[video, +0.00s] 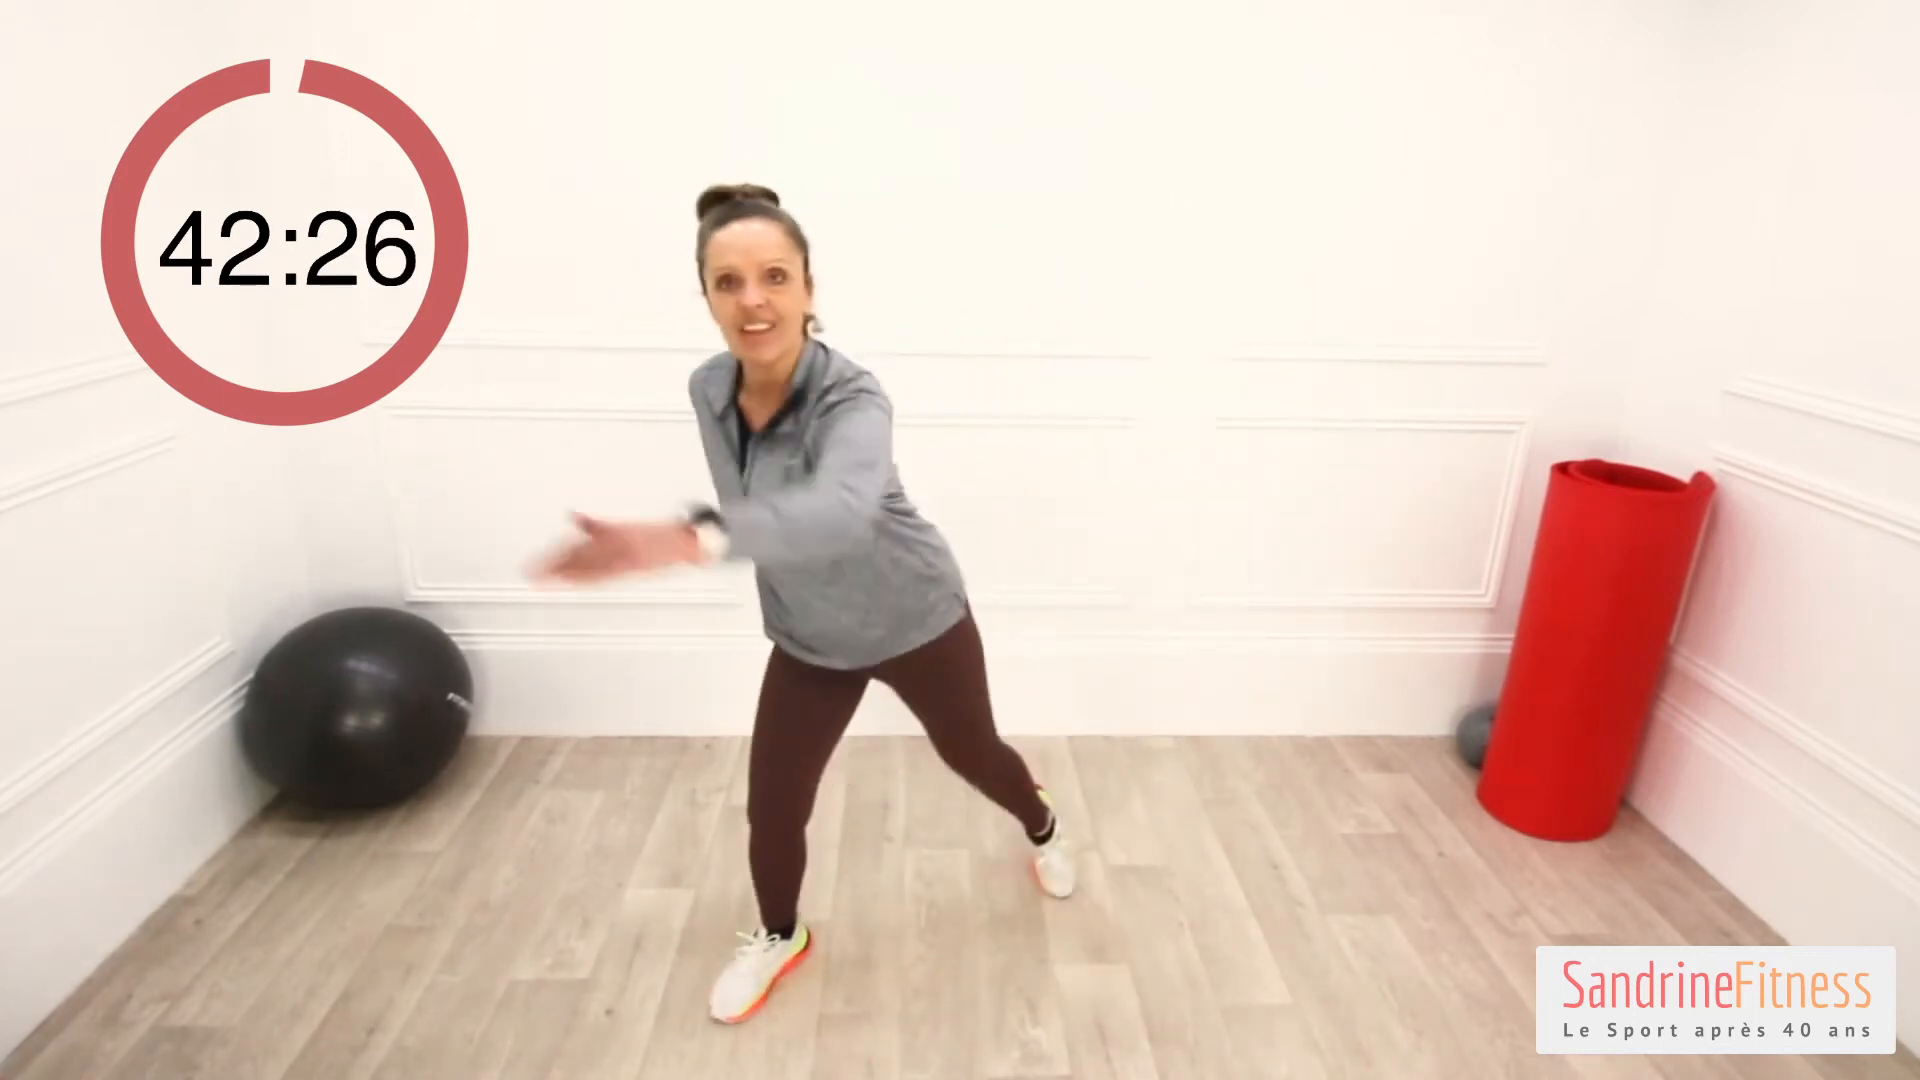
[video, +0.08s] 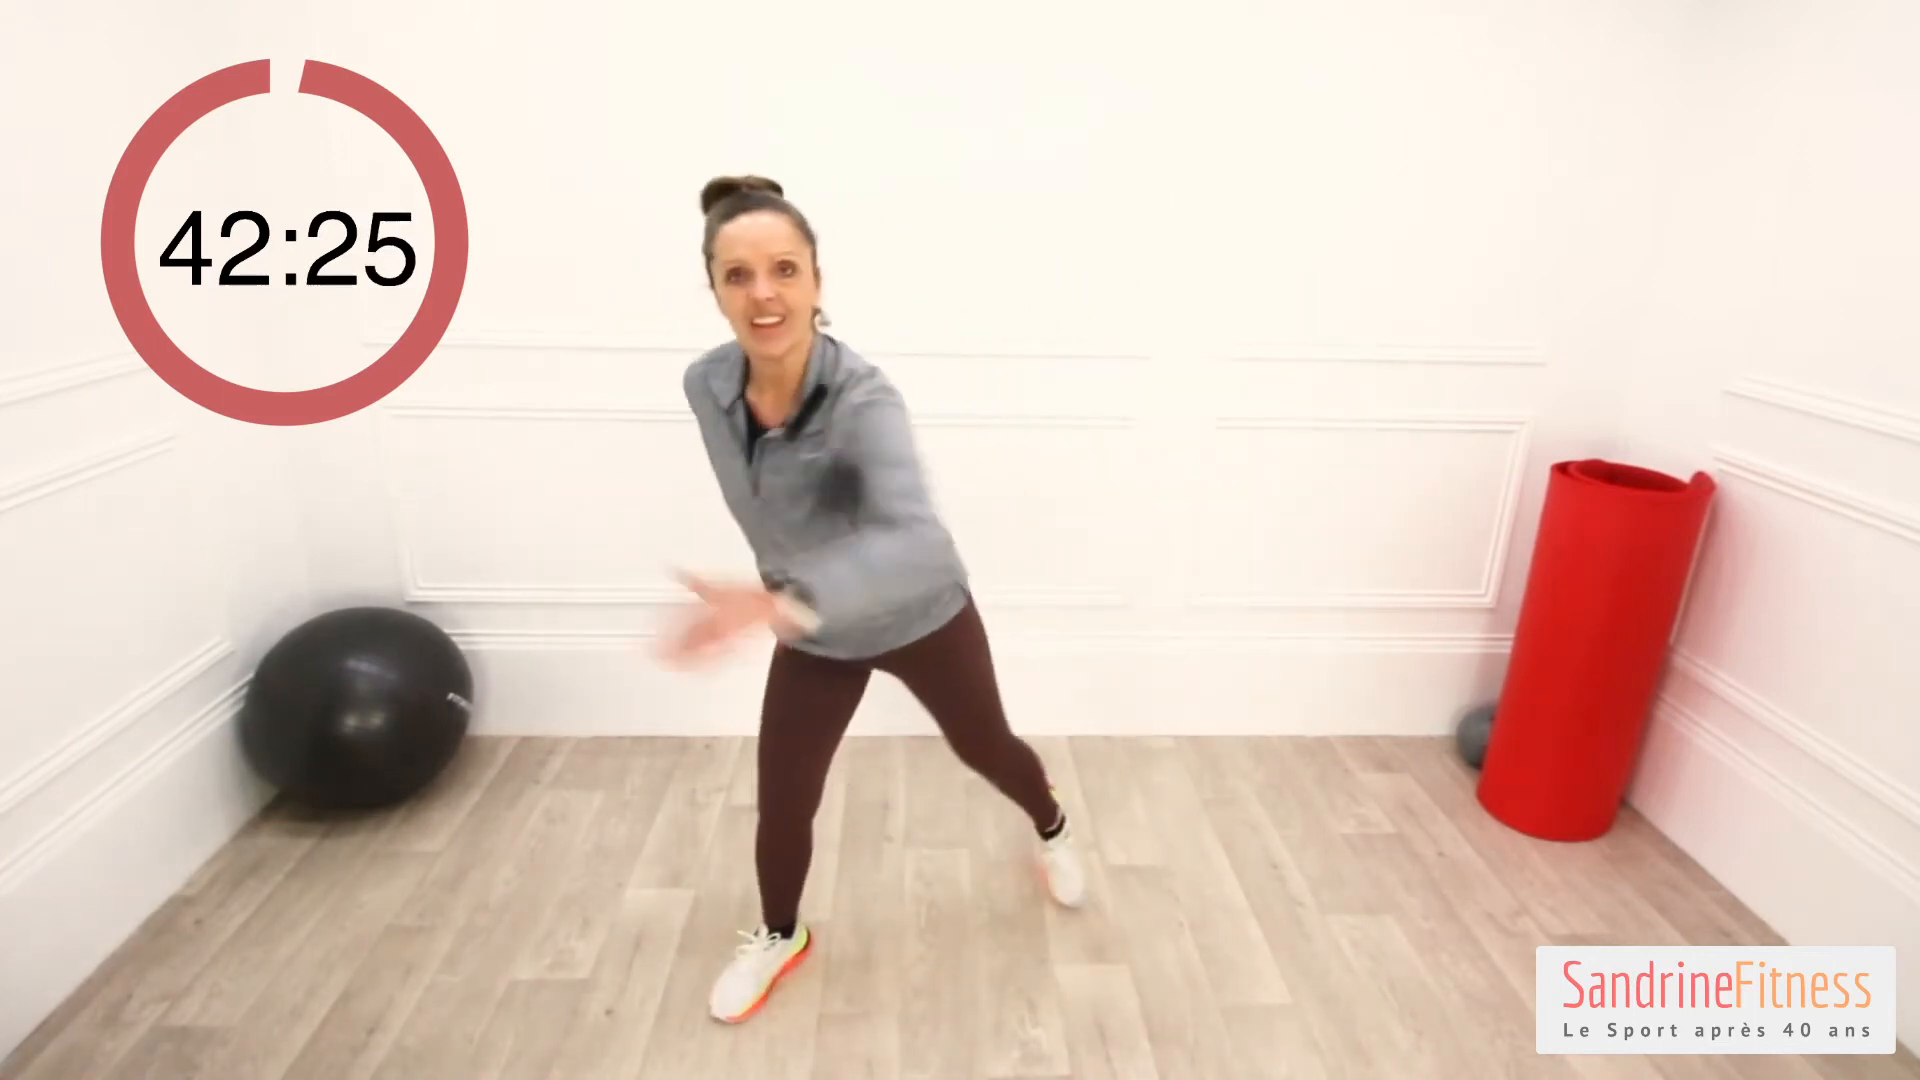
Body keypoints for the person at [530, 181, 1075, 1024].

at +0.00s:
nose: (754, 302)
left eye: (774, 278)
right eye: (729, 283)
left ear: (809, 291)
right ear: (709, 302)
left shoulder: (853, 401)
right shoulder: (710, 391)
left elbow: (843, 509)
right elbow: (753, 510)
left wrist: (696, 536)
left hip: (916, 618)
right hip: (812, 631)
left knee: (972, 753)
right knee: (774, 806)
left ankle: (1045, 829)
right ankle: (780, 934)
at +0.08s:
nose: (763, 296)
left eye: (784, 271)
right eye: (738, 277)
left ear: (818, 282)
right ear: (715, 295)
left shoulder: (863, 400)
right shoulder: (709, 387)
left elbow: (920, 543)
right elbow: (765, 511)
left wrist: (794, 601)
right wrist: (778, 597)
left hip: (923, 616)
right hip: (814, 632)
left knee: (986, 747)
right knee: (784, 797)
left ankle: (1055, 829)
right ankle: (780, 933)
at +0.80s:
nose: (1140, 295)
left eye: (1159, 272)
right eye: (1116, 277)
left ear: (1180, 284)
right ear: (1082, 292)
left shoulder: (1185, 385)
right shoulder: (1070, 400)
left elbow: (1132, 497)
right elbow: (1204, 480)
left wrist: (1131, 582)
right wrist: (1379, 432)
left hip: (1068, 620)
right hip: (973, 597)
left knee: (1087, 793)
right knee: (891, 742)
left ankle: (1103, 921)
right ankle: (792, 828)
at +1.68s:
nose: (798, 279)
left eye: (817, 256)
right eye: (774, 261)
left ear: (850, 264)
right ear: (752, 277)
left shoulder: (895, 367)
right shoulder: (749, 370)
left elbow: (922, 485)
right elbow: (799, 480)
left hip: (951, 596)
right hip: (851, 611)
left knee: (1016, 737)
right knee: (818, 786)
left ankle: (1097, 840)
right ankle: (796, 919)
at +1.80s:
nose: (776, 291)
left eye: (794, 266)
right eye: (751, 273)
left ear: (827, 274)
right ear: (729, 291)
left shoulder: (869, 364)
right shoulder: (733, 377)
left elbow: (866, 431)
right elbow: (765, 457)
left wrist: (687, 432)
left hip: (936, 604)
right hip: (836, 623)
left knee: (992, 751)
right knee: (800, 794)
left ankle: (1058, 824)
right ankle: (797, 921)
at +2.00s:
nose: (787, 292)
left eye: (805, 268)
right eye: (762, 275)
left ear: (836, 275)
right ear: (740, 292)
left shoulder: (884, 384)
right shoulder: (733, 382)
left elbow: (943, 495)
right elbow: (786, 499)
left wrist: (828, 568)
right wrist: (796, 570)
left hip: (938, 603)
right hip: (834, 620)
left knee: (999, 745)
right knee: (805, 793)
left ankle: (1064, 829)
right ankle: (796, 921)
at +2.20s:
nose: (882, 317)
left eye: (899, 293)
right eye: (858, 299)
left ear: (924, 301)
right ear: (831, 314)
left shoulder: (980, 424)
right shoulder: (788, 406)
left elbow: (1095, 532)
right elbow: (747, 434)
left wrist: (1037, 641)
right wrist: (767, 535)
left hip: (965, 636)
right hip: (851, 639)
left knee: (1031, 786)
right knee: (821, 810)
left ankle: (1089, 894)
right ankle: (794, 923)